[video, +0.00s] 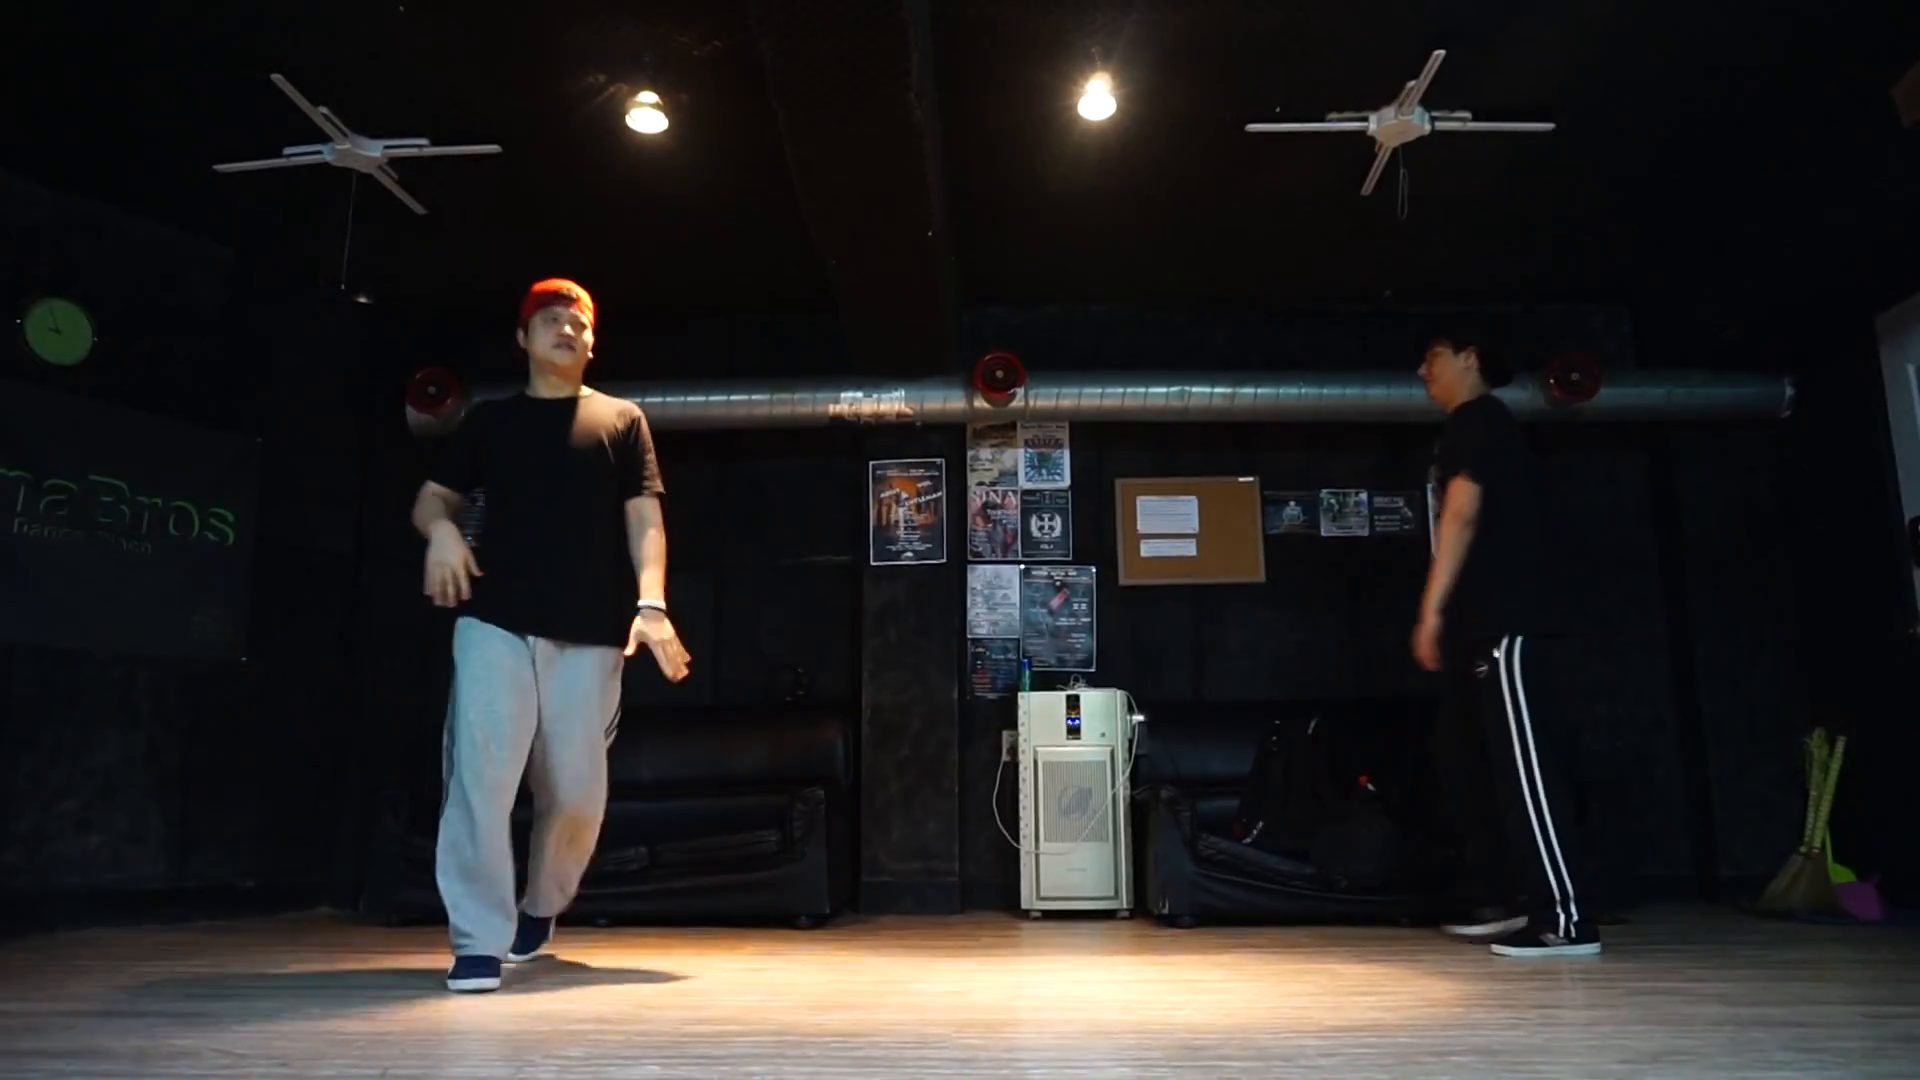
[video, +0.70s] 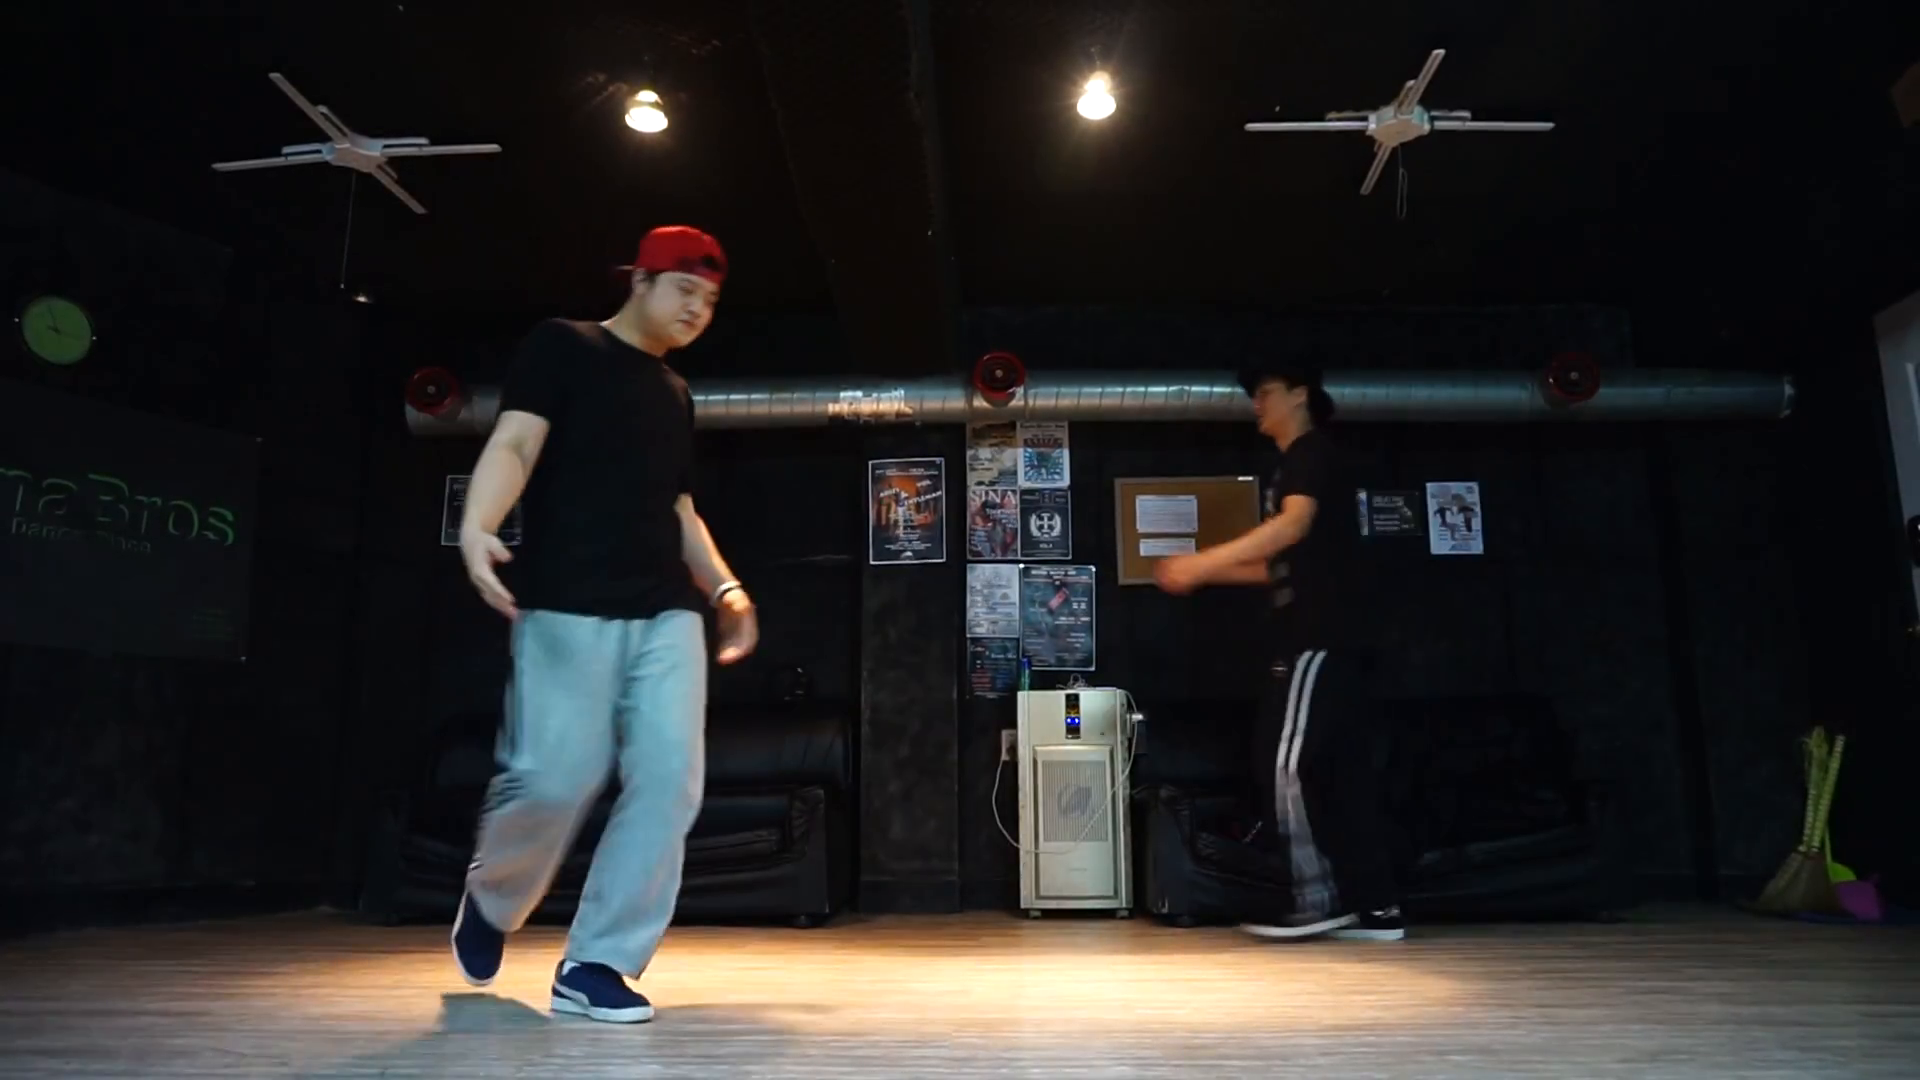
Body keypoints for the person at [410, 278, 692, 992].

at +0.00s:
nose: (570, 328)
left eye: (580, 321)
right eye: (555, 318)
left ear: (592, 343)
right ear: (525, 337)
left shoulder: (621, 421)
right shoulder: (488, 419)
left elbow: (646, 522)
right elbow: (434, 500)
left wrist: (651, 604)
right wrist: (441, 530)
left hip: (589, 633)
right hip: (495, 625)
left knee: (577, 796)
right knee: (483, 783)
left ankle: (541, 908)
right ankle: (478, 942)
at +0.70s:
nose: (696, 309)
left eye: (708, 300)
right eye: (684, 290)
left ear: (710, 312)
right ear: (640, 282)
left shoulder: (673, 393)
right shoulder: (565, 349)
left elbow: (676, 508)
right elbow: (513, 446)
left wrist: (725, 587)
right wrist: (476, 529)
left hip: (666, 614)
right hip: (567, 609)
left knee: (668, 786)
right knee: (557, 779)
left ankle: (597, 965)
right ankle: (491, 903)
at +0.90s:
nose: (736, 274)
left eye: (747, 264)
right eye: (725, 254)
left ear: (745, 274)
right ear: (680, 242)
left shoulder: (709, 363)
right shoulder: (604, 316)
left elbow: (712, 481)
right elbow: (547, 421)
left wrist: (775, 559)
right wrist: (527, 518)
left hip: (701, 586)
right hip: (623, 569)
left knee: (698, 773)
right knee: (672, 740)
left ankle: (601, 959)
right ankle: (579, 936)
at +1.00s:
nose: (759, 246)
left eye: (769, 235)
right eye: (747, 225)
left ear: (768, 246)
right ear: (700, 218)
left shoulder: (735, 340)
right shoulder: (628, 294)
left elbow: (736, 463)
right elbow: (568, 404)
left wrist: (804, 540)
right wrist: (566, 502)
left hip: (720, 570)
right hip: (647, 554)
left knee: (668, 754)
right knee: (708, 727)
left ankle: (590, 958)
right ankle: (703, 970)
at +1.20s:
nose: (828, 244)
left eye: (837, 233)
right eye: (815, 225)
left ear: (831, 244)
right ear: (763, 219)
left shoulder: (792, 339)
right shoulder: (693, 294)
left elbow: (785, 461)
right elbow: (610, 399)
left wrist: (861, 532)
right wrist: (682, 490)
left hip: (758, 580)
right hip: (704, 574)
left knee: (712, 783)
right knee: (789, 753)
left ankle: (595, 961)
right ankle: (830, 984)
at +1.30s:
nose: (866, 256)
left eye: (877, 245)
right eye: (855, 235)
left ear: (873, 253)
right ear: (805, 222)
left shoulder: (823, 341)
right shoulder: (723, 301)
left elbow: (815, 466)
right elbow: (640, 403)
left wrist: (881, 532)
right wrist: (739, 474)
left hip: (784, 577)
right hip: (746, 575)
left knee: (765, 783)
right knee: (845, 742)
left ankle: (618, 939)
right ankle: (836, 987)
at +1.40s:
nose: (904, 268)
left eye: (915, 256)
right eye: (895, 245)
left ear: (909, 262)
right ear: (845, 228)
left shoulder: (854, 343)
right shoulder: (758, 304)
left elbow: (840, 466)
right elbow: (677, 408)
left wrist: (899, 523)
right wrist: (796, 457)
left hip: (834, 584)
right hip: (790, 584)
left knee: (854, 787)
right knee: (896, 762)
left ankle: (666, 905)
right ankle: (841, 985)